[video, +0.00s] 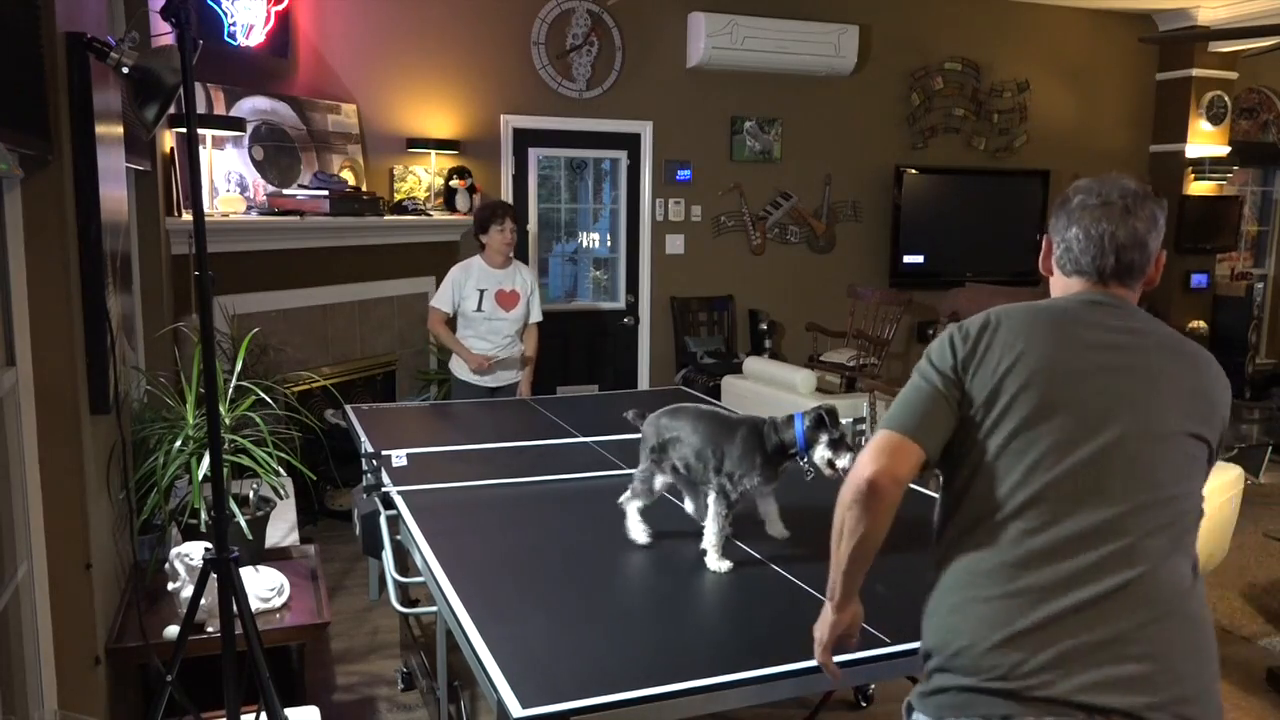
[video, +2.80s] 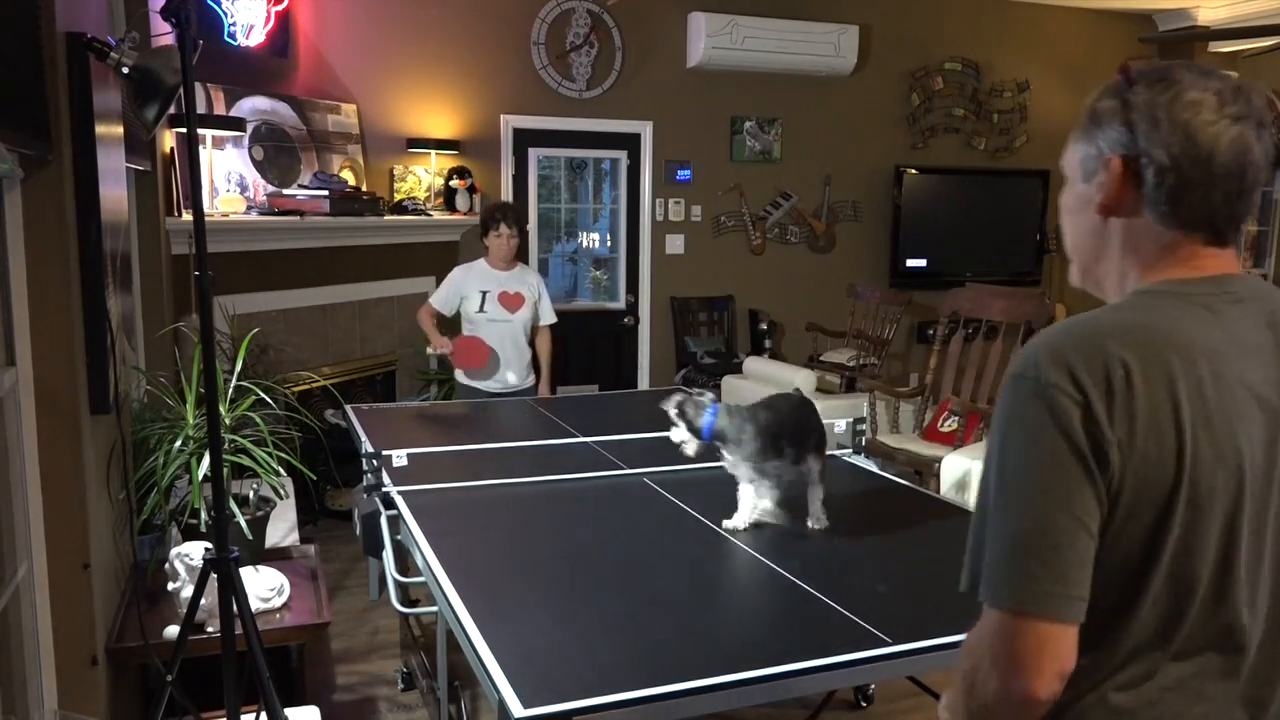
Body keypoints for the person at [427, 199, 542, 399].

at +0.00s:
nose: (509, 237)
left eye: (513, 231)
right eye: (501, 231)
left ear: (517, 233)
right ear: (483, 237)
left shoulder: (526, 276)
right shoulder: (461, 273)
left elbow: (531, 328)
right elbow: (435, 322)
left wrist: (527, 377)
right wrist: (468, 357)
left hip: (511, 381)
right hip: (468, 380)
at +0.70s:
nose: (528, 246)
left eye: (532, 240)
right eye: (520, 239)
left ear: (536, 242)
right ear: (502, 243)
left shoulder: (539, 278)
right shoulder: (482, 276)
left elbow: (539, 330)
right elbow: (454, 327)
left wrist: (535, 375)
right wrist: (494, 345)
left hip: (517, 378)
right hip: (476, 378)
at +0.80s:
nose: (528, 250)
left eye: (532, 243)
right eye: (520, 243)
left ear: (537, 245)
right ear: (502, 248)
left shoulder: (537, 281)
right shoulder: (485, 278)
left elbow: (535, 332)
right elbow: (477, 325)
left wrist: (531, 373)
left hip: (511, 374)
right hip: (473, 375)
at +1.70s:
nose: (519, 233)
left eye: (524, 227)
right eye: (511, 227)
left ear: (529, 231)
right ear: (495, 234)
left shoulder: (540, 273)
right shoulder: (477, 272)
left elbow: (547, 327)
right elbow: (457, 324)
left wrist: (549, 377)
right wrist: (494, 350)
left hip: (531, 382)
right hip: (487, 383)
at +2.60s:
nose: (518, 237)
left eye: (523, 230)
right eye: (509, 231)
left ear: (529, 234)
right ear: (496, 236)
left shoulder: (543, 275)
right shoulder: (475, 273)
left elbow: (551, 328)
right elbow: (450, 319)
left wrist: (553, 375)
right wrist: (468, 347)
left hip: (531, 382)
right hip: (487, 382)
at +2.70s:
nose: (512, 241)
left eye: (519, 234)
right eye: (505, 234)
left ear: (526, 237)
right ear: (492, 237)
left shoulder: (539, 277)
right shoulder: (471, 274)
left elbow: (549, 330)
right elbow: (439, 314)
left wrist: (550, 379)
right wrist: (450, 343)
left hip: (527, 384)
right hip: (482, 385)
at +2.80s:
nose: (506, 243)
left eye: (512, 236)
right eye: (498, 236)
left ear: (520, 239)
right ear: (485, 240)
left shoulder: (532, 279)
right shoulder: (463, 276)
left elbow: (542, 332)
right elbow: (425, 313)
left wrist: (544, 382)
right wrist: (436, 338)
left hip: (521, 389)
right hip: (474, 389)